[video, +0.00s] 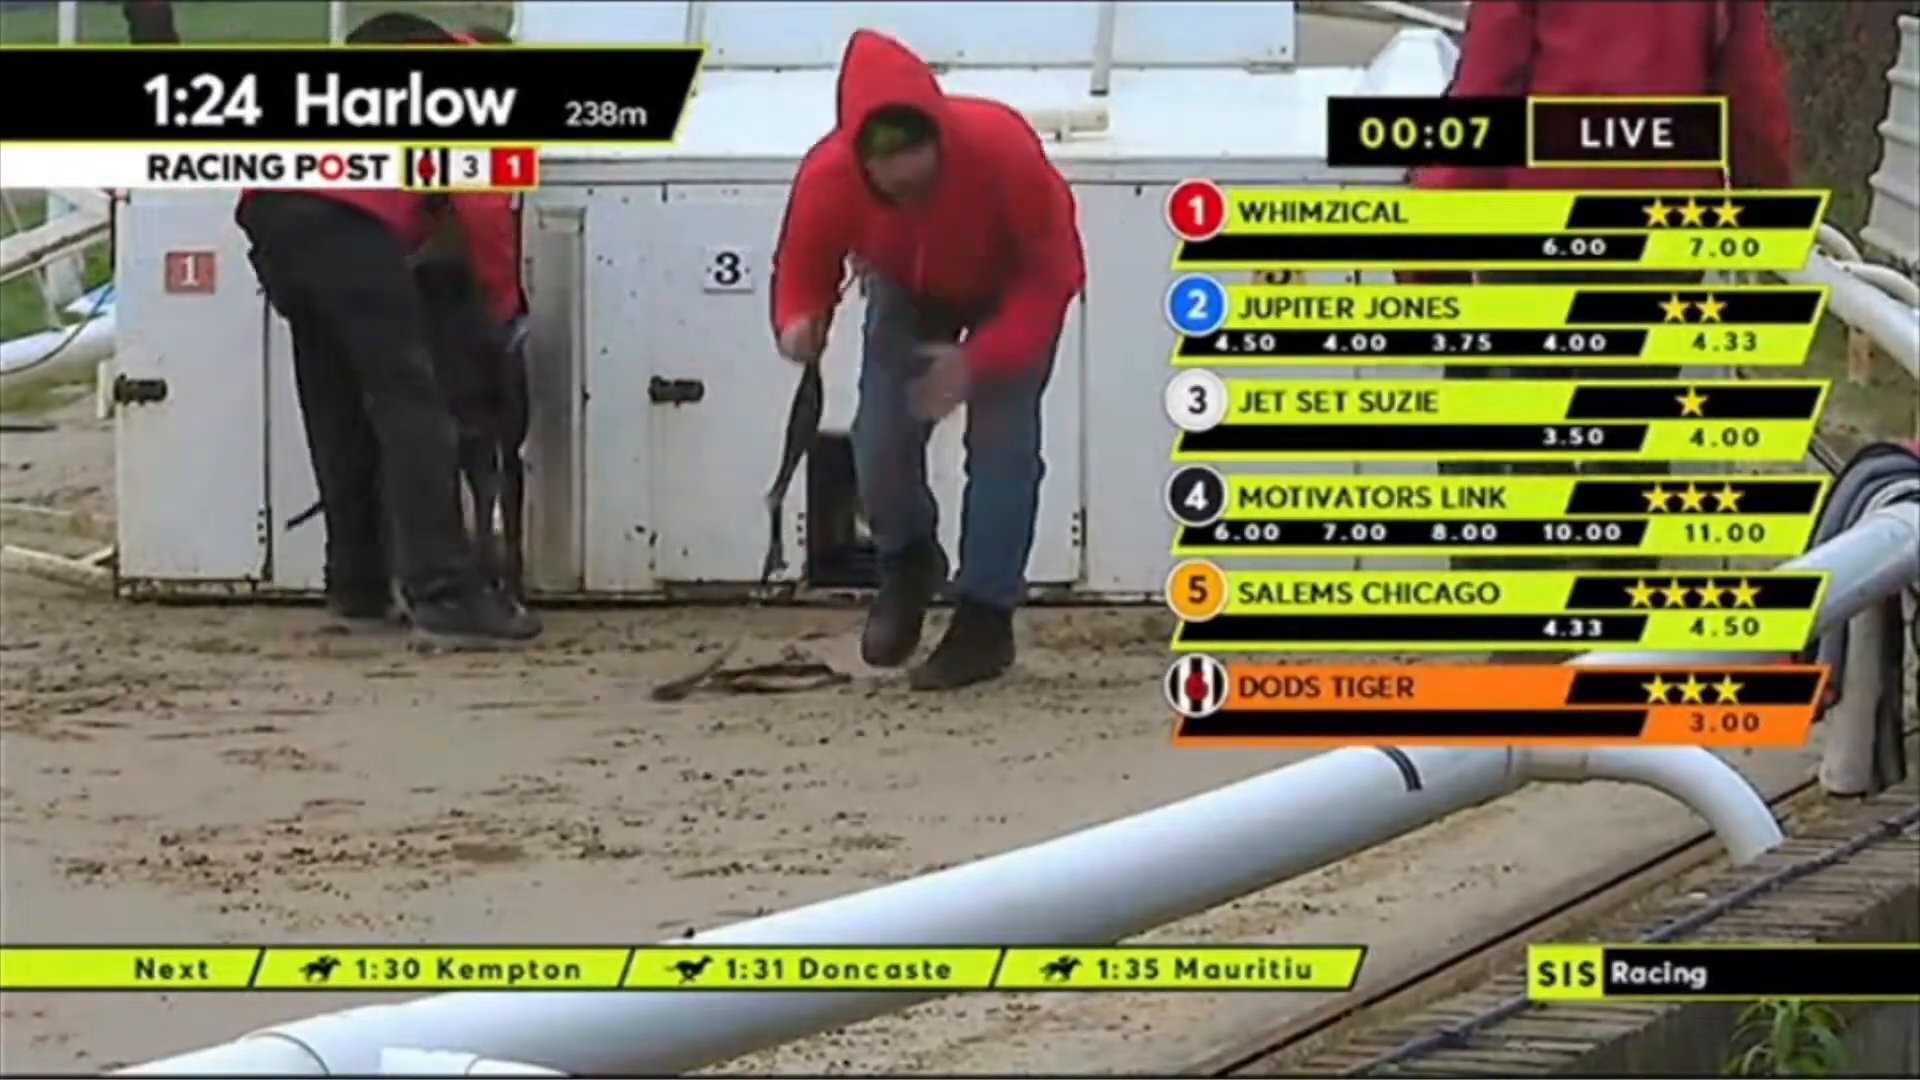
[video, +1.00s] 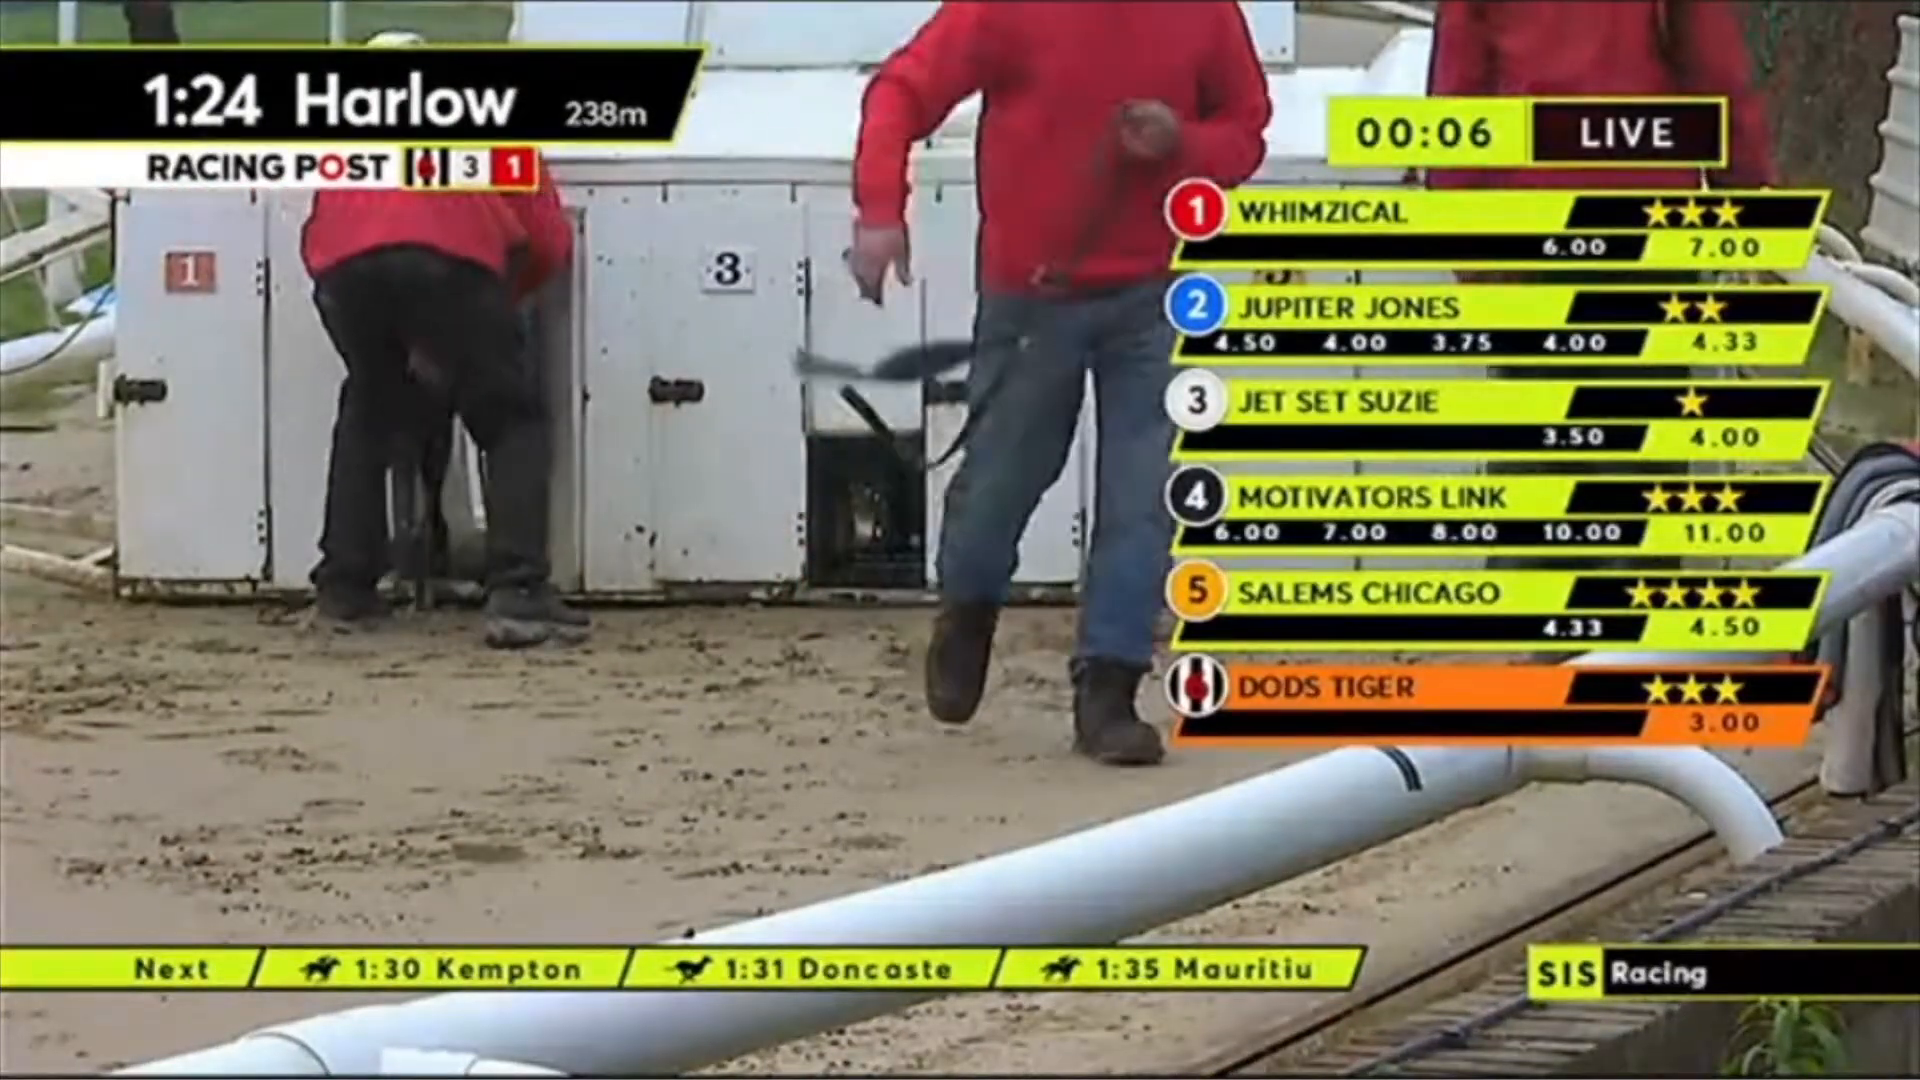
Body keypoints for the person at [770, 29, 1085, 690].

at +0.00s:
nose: (905, 196)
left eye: (917, 181)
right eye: (890, 188)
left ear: (939, 142)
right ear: (861, 159)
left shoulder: (1003, 151)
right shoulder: (829, 176)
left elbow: (1054, 273)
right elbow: (802, 267)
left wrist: (976, 360)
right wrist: (799, 320)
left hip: (1011, 288)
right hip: (907, 290)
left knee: (1001, 448)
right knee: (881, 443)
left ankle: (985, 619)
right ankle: (907, 564)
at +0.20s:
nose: (933, 43)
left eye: (948, 24)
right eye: (914, 27)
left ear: (970, 25)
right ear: (886, 31)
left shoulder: (1011, 81)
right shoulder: (848, 86)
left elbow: (1024, 228)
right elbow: (774, 229)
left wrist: (890, 269)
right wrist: (814, 198)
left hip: (1014, 269)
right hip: (903, 269)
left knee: (998, 430)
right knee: (906, 427)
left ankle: (980, 613)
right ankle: (904, 624)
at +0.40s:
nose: (937, 2)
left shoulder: (1032, 41)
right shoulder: (865, 45)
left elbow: (1051, 194)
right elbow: (750, 160)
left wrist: (930, 196)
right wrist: (767, 85)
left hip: (1027, 291)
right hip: (916, 285)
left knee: (1004, 468)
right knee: (920, 455)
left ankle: (980, 611)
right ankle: (922, 660)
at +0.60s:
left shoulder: (1082, 11)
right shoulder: (879, 12)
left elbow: (1112, 127)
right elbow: (792, 49)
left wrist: (996, 188)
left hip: (1053, 261)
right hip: (933, 265)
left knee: (1055, 442)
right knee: (924, 463)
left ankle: (1025, 626)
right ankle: (923, 662)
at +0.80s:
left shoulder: (1130, 14)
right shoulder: (934, 11)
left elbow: (1169, 137)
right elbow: (842, 31)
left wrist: (1098, 192)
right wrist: (783, 4)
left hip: (1089, 278)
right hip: (968, 280)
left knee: (1094, 463)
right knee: (948, 464)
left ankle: (1105, 659)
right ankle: (932, 651)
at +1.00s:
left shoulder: (1208, 14)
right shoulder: (1004, 13)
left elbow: (1247, 138)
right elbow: (900, 90)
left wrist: (1183, 140)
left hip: (1152, 290)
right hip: (1030, 289)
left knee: (1143, 497)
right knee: (1001, 479)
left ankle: (1109, 696)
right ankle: (969, 613)